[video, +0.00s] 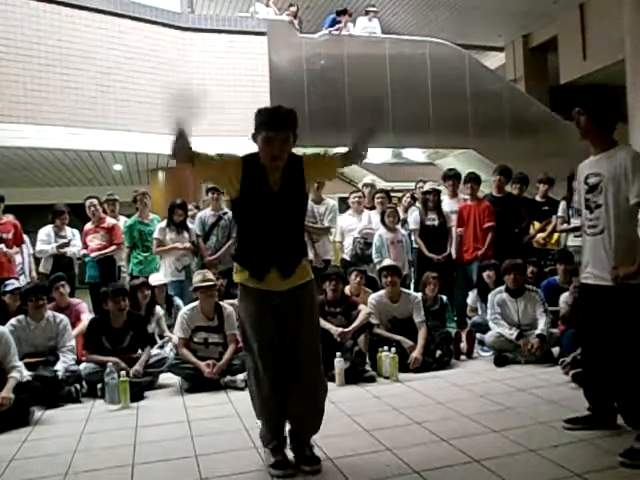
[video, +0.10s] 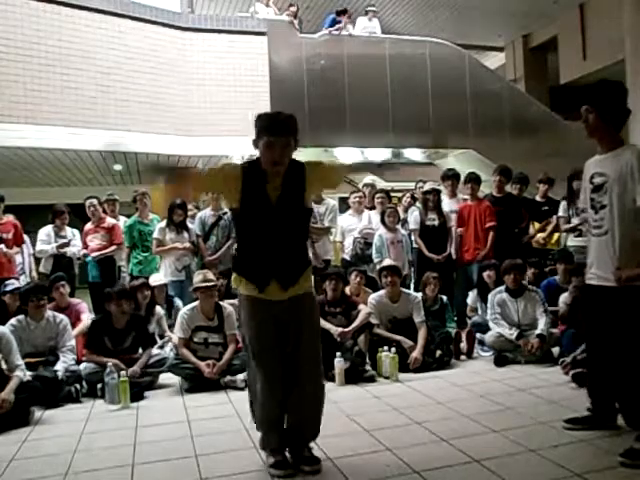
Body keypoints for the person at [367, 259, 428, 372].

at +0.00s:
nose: (390, 280)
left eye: (393, 275)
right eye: (385, 276)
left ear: (400, 278)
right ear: (381, 280)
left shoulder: (414, 298)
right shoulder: (374, 300)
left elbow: (422, 326)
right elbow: (374, 328)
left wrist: (418, 351)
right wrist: (401, 339)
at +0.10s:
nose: (390, 280)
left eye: (393, 275)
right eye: (385, 276)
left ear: (400, 278)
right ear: (381, 280)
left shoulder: (414, 298)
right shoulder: (374, 300)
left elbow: (422, 327)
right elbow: (375, 328)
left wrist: (418, 351)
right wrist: (401, 339)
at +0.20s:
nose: (390, 280)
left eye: (394, 276)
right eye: (386, 276)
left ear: (400, 279)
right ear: (381, 280)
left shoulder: (414, 298)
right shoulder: (374, 300)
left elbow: (422, 326)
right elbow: (374, 328)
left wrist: (418, 351)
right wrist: (401, 340)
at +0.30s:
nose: (390, 279)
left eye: (393, 275)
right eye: (386, 276)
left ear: (400, 279)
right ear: (381, 280)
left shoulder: (414, 298)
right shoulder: (375, 299)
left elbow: (422, 326)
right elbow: (374, 328)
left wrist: (418, 351)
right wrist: (401, 340)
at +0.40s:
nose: (390, 279)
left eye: (393, 275)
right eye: (386, 276)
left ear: (400, 279)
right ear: (381, 280)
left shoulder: (414, 298)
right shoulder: (374, 299)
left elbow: (422, 326)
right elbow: (374, 328)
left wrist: (418, 351)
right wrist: (401, 340)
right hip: (386, 337)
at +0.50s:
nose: (390, 279)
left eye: (394, 275)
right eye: (386, 276)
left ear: (400, 278)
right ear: (381, 280)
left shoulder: (414, 298)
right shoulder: (374, 299)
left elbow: (422, 326)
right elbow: (374, 328)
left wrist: (418, 351)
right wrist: (401, 340)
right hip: (386, 337)